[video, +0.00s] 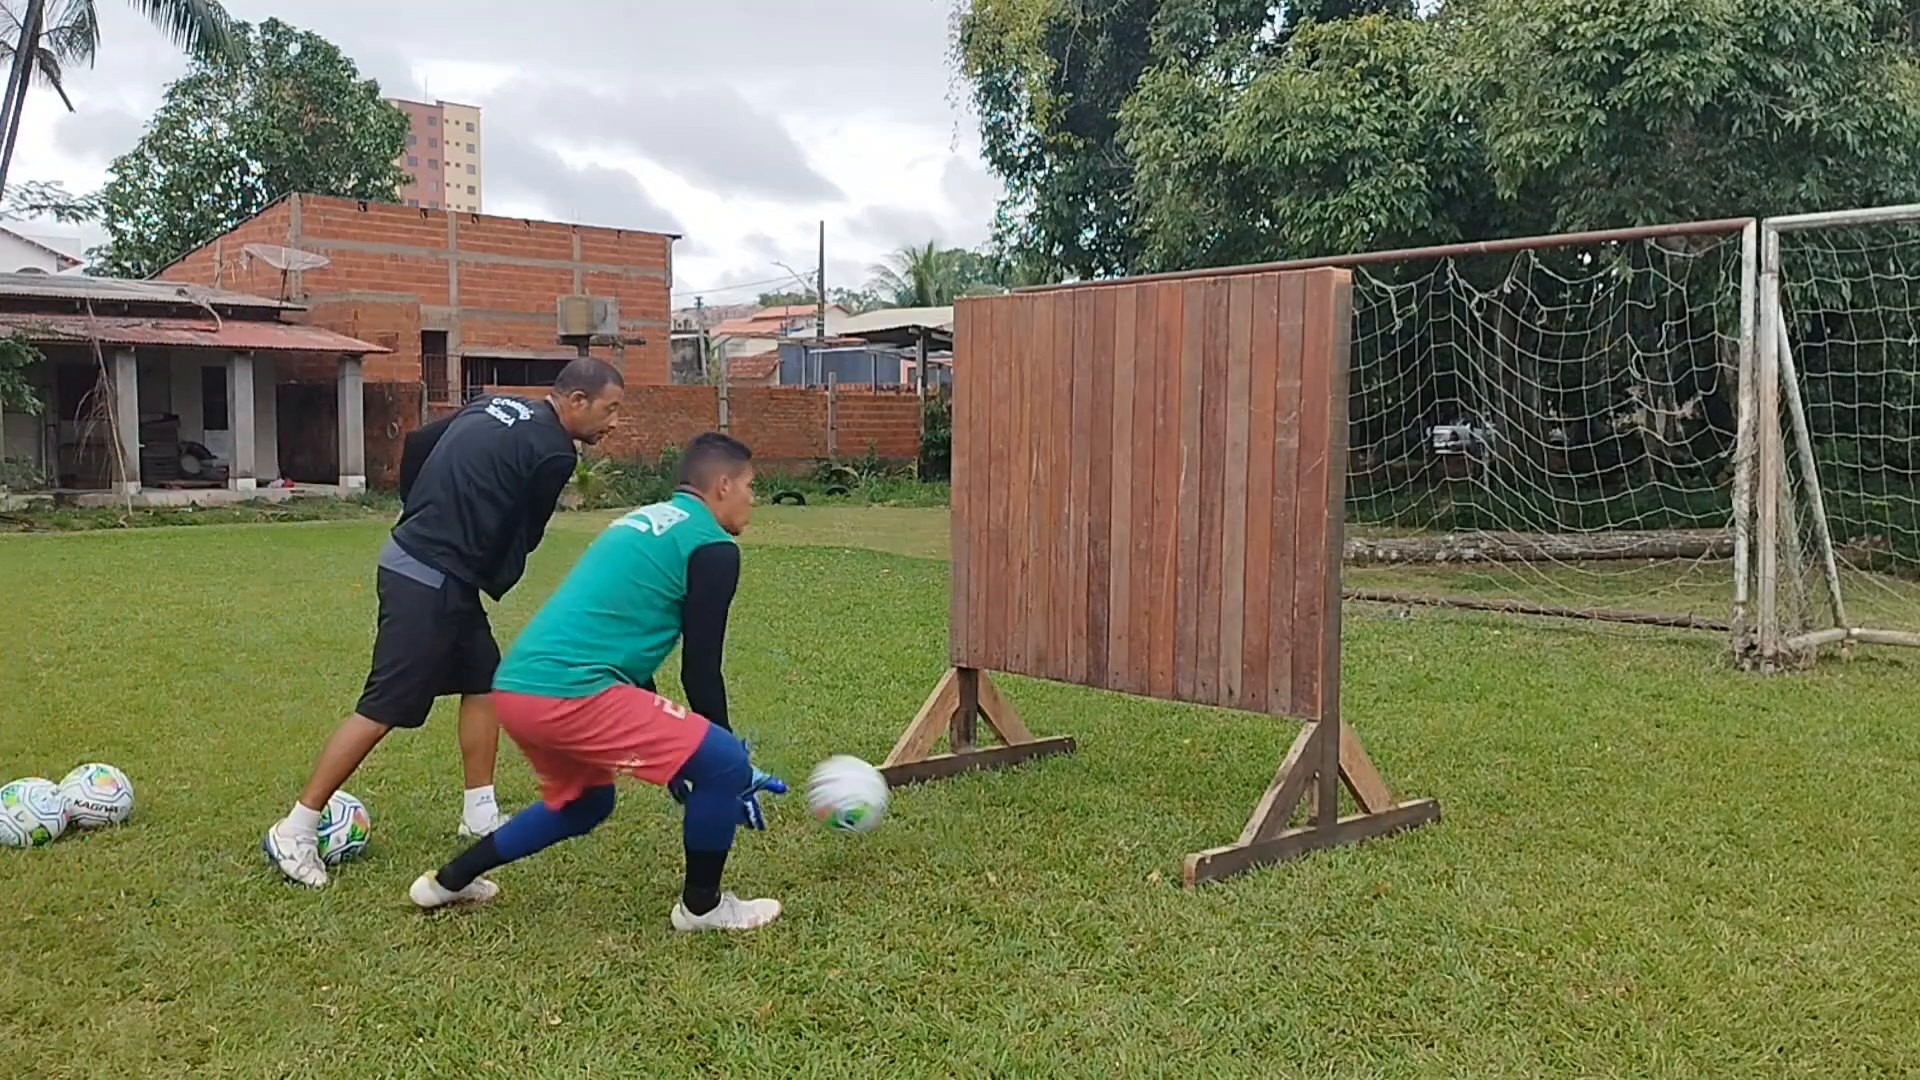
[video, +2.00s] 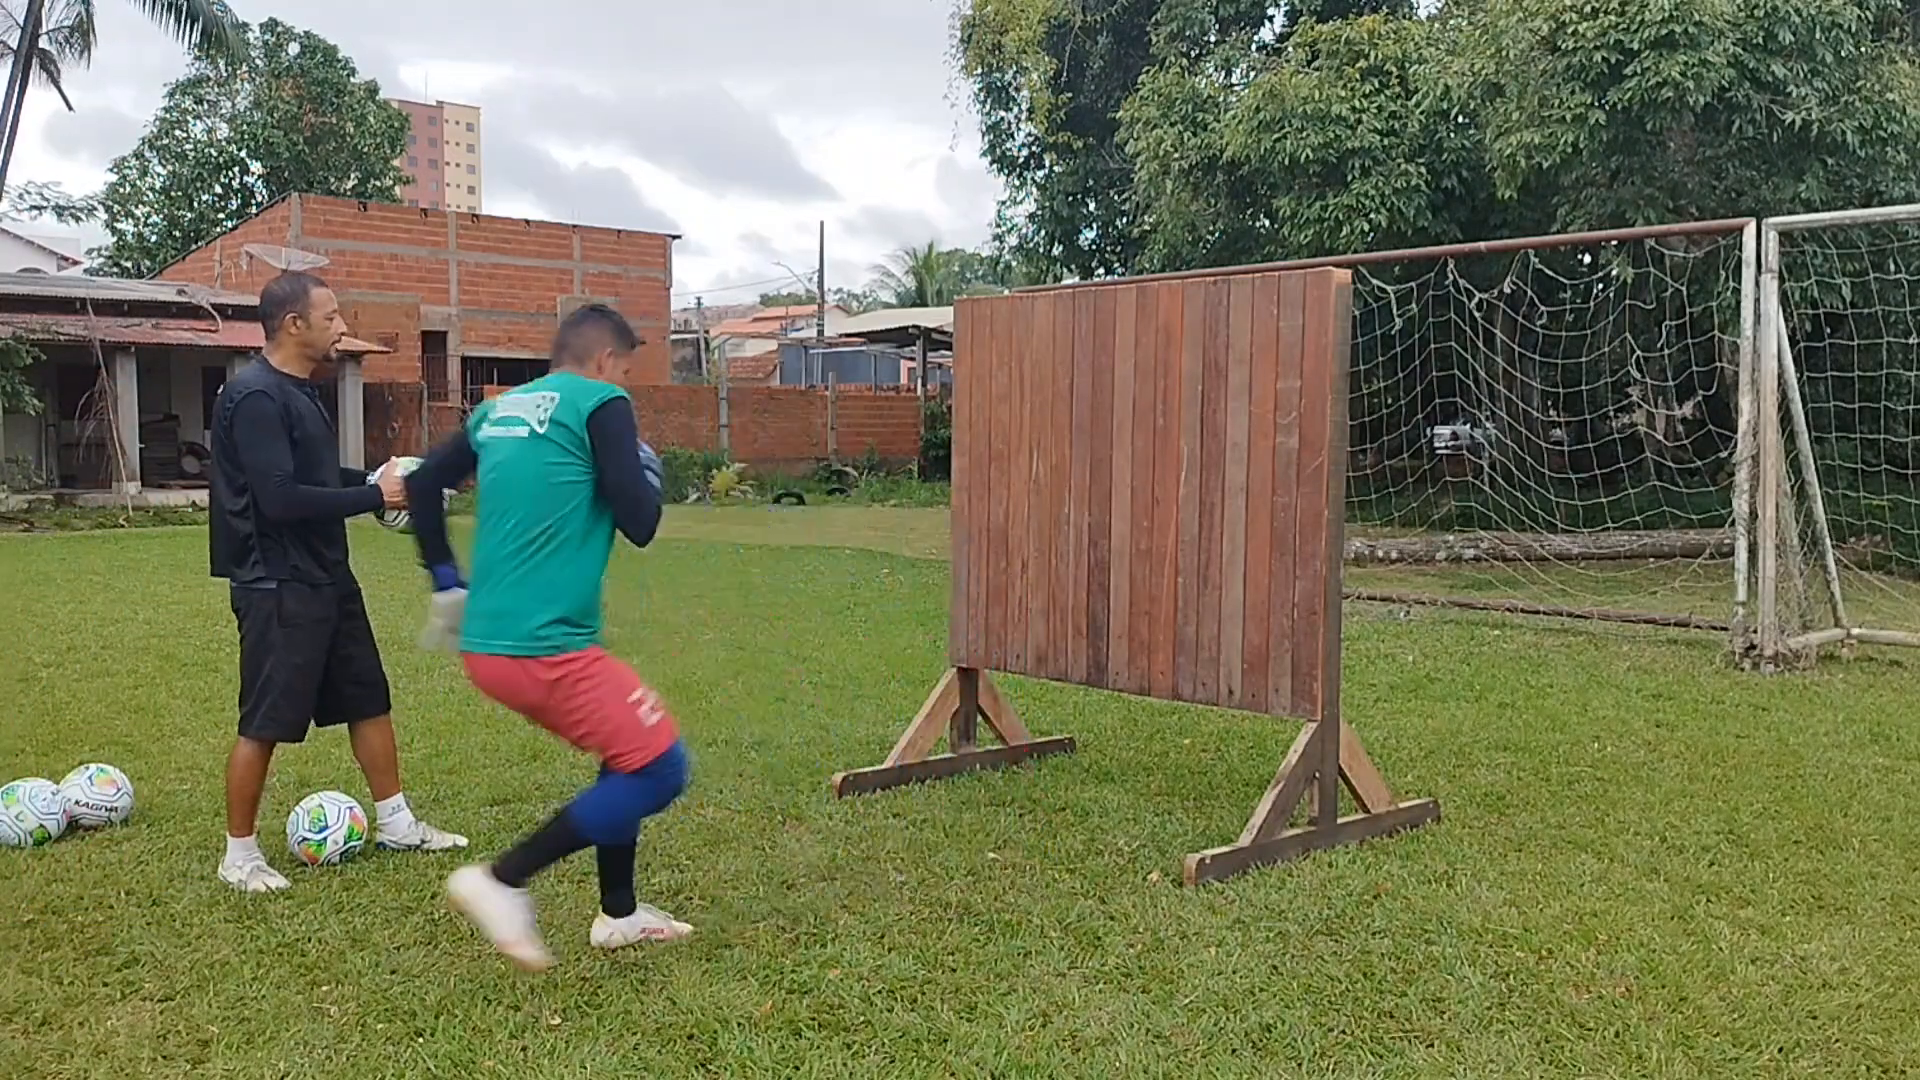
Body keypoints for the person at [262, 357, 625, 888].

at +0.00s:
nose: (611, 421)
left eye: (615, 411)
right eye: (608, 409)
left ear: (564, 396)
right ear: (575, 400)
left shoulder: (495, 406)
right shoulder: (556, 451)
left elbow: (418, 441)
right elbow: (524, 535)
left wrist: (419, 512)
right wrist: (485, 574)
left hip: (431, 573)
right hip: (428, 579)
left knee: (482, 682)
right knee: (385, 706)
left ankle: (480, 817)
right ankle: (294, 831)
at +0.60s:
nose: (582, 393)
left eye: (583, 382)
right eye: (574, 381)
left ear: (535, 380)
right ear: (535, 378)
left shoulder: (502, 422)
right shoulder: (494, 426)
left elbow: (456, 496)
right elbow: (451, 510)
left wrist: (492, 546)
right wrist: (485, 602)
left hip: (441, 577)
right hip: (396, 573)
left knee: (480, 682)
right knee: (363, 701)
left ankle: (480, 817)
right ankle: (286, 834)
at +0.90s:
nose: (498, 366)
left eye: (497, 355)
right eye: (489, 355)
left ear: (454, 360)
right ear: (450, 358)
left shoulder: (441, 419)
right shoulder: (402, 419)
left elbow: (414, 507)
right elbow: (372, 518)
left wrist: (450, 558)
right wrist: (421, 598)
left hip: (410, 589)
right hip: (356, 589)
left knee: (463, 693)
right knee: (321, 719)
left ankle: (478, 818)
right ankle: (249, 852)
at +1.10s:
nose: (426, 345)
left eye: (424, 334)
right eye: (416, 334)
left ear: (380, 342)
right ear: (377, 341)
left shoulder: (372, 407)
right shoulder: (328, 406)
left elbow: (352, 501)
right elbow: (310, 511)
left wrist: (399, 536)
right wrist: (394, 569)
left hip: (363, 589)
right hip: (307, 591)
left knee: (419, 691)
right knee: (271, 721)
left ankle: (453, 815)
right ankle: (241, 856)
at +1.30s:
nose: (378, 329)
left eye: (374, 317)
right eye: (367, 318)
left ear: (333, 328)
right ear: (329, 327)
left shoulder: (334, 398)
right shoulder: (287, 401)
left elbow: (353, 490)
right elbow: (298, 504)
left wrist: (422, 490)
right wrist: (402, 509)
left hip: (348, 586)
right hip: (294, 590)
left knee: (395, 694)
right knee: (274, 720)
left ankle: (398, 825)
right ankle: (241, 856)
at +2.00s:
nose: (342, 327)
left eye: (339, 315)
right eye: (331, 316)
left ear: (295, 326)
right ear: (291, 325)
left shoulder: (301, 392)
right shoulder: (255, 397)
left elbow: (316, 481)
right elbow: (278, 499)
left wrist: (376, 481)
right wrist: (374, 496)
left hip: (328, 580)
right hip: (277, 586)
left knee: (367, 699)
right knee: (264, 722)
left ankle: (396, 825)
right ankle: (240, 855)